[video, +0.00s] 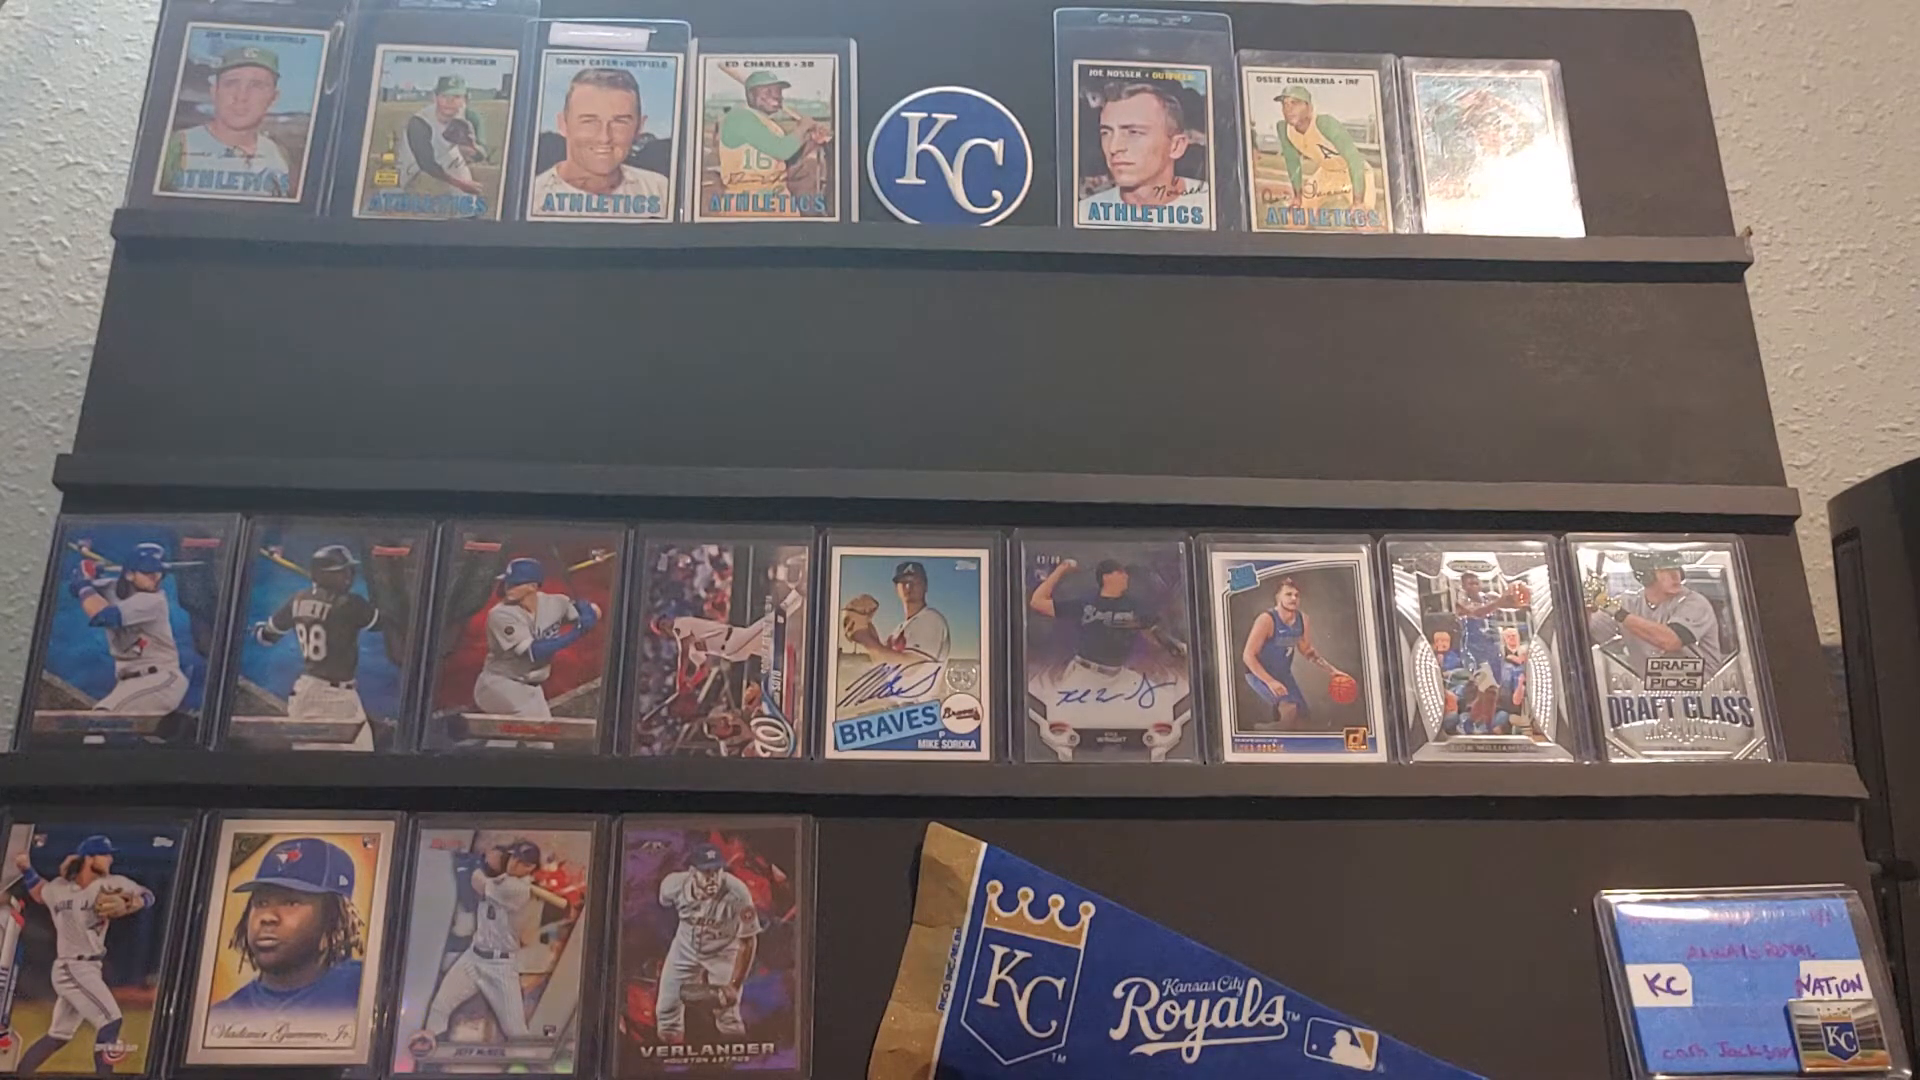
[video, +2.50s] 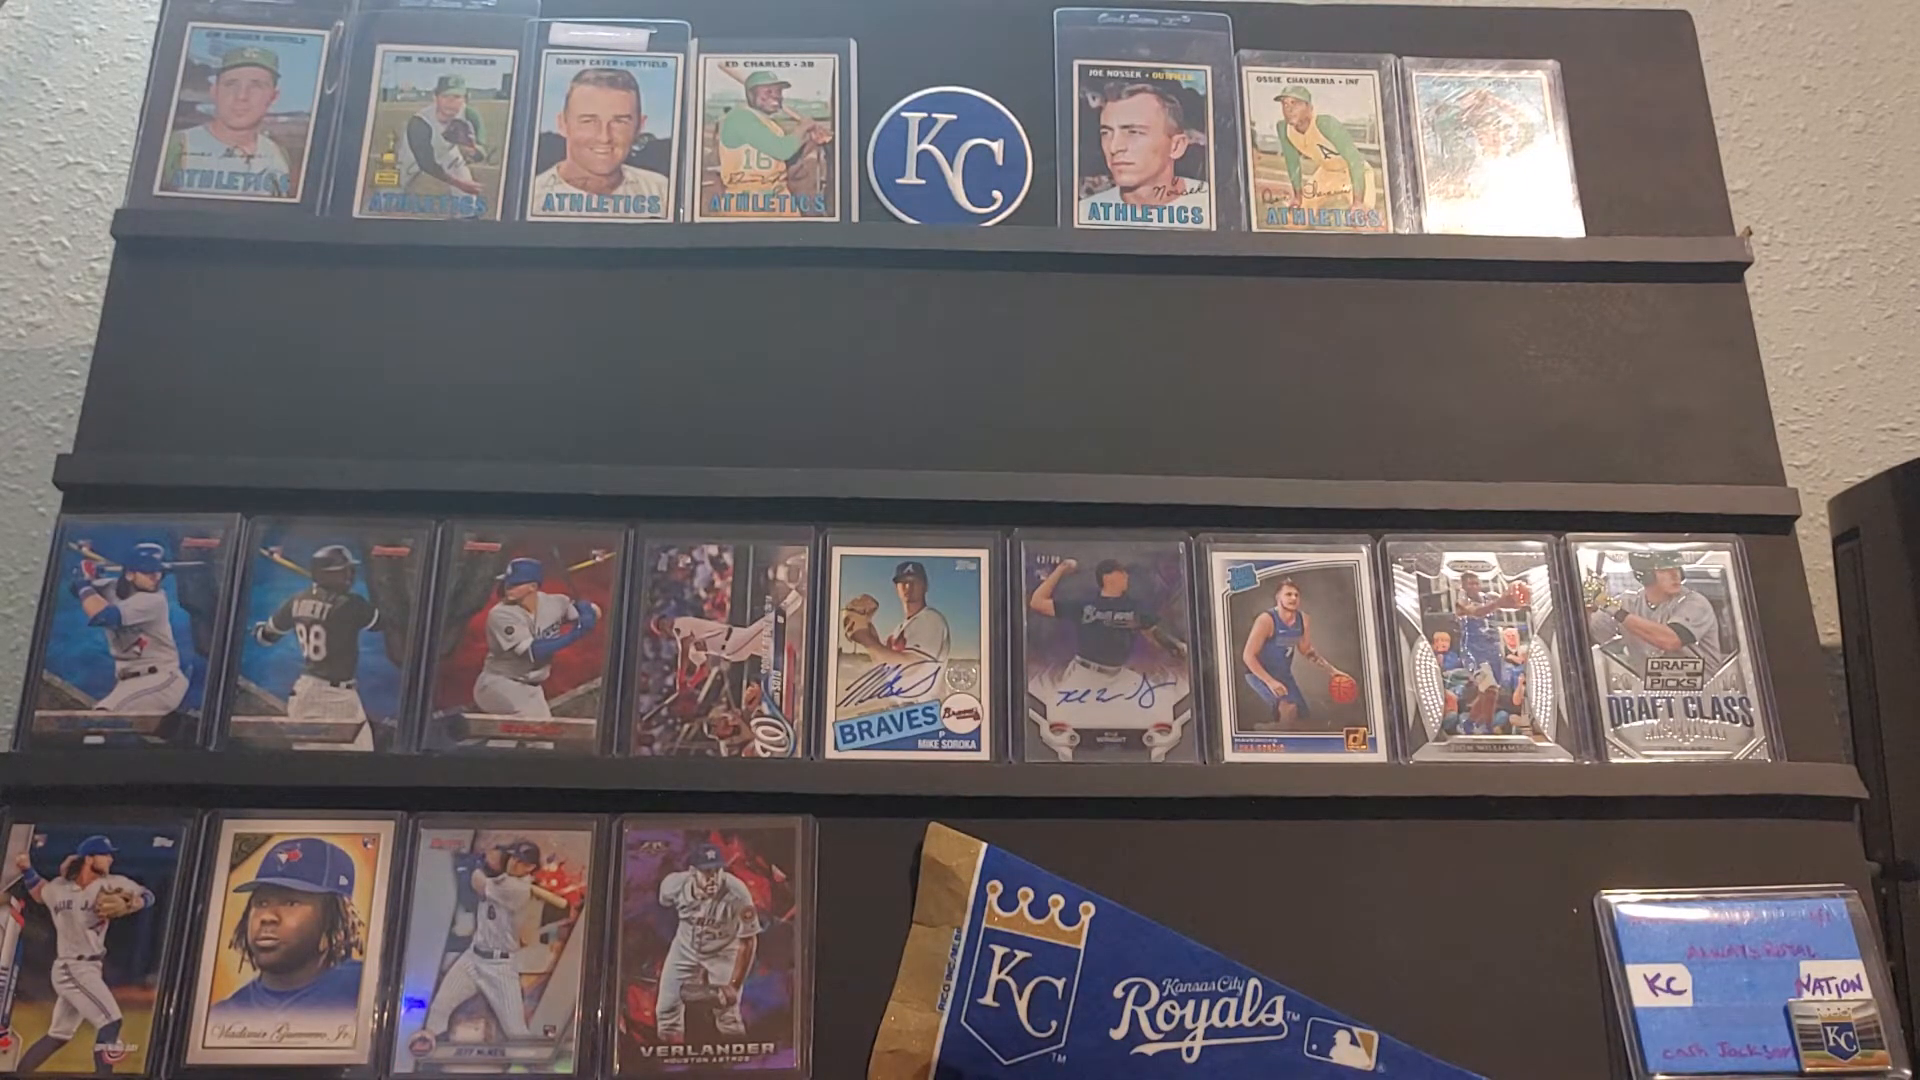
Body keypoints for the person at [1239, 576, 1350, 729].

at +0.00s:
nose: (1294, 599)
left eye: (1296, 595)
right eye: (1288, 595)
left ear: (1299, 598)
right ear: (1278, 598)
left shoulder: (1302, 619)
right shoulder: (1266, 620)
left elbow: (1307, 650)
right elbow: (1248, 656)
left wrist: (1333, 671)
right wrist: (1270, 681)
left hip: (1283, 673)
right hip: (1260, 673)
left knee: (1302, 713)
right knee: (1289, 707)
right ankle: (1282, 750)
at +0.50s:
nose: (1293, 599)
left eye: (1296, 595)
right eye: (1288, 594)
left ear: (1300, 598)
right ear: (1278, 598)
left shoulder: (1302, 619)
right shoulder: (1266, 620)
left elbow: (1307, 650)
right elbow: (1248, 656)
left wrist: (1333, 671)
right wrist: (1270, 681)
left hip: (1283, 673)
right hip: (1260, 672)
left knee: (1300, 713)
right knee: (1288, 705)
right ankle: (1285, 747)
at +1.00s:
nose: (1293, 599)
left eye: (1296, 595)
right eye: (1288, 595)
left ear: (1300, 598)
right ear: (1278, 598)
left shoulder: (1302, 619)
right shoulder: (1266, 620)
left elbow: (1307, 650)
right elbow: (1248, 656)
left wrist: (1332, 671)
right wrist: (1270, 682)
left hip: (1283, 672)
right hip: (1260, 672)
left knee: (1300, 713)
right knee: (1289, 707)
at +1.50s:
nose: (1293, 599)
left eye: (1296, 595)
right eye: (1288, 594)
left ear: (1300, 598)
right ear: (1278, 598)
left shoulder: (1302, 619)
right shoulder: (1266, 620)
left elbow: (1307, 651)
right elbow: (1248, 656)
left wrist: (1332, 671)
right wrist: (1270, 681)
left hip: (1283, 672)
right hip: (1260, 672)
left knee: (1301, 713)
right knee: (1289, 706)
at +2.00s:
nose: (1293, 599)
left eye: (1296, 595)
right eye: (1288, 595)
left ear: (1299, 599)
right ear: (1278, 598)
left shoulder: (1302, 619)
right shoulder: (1265, 620)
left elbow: (1307, 650)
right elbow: (1248, 656)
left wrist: (1332, 671)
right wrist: (1270, 682)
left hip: (1284, 674)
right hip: (1259, 673)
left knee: (1303, 715)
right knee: (1288, 707)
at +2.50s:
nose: (1293, 599)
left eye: (1296, 595)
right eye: (1288, 595)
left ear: (1299, 599)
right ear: (1278, 598)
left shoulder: (1302, 619)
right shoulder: (1266, 620)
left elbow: (1307, 650)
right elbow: (1248, 656)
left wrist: (1333, 671)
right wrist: (1270, 682)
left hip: (1284, 674)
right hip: (1260, 673)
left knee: (1302, 714)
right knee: (1288, 706)